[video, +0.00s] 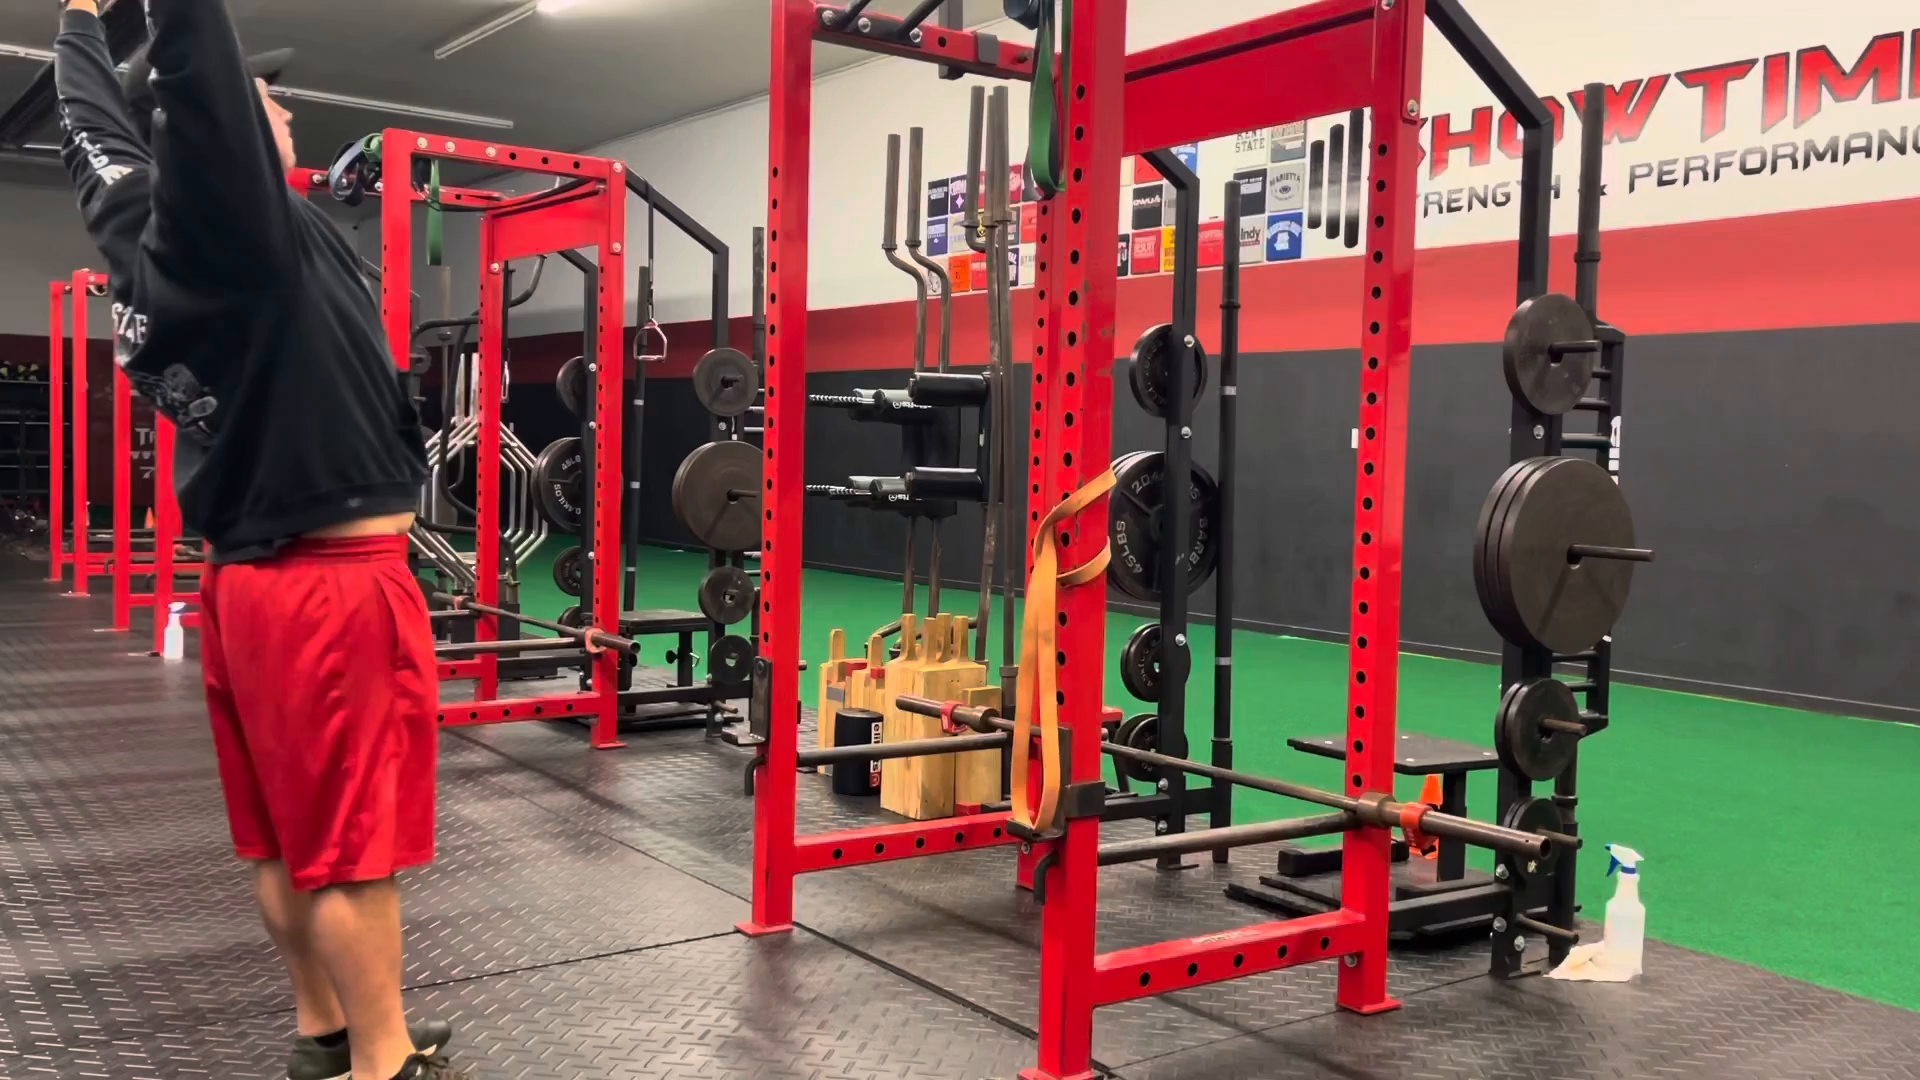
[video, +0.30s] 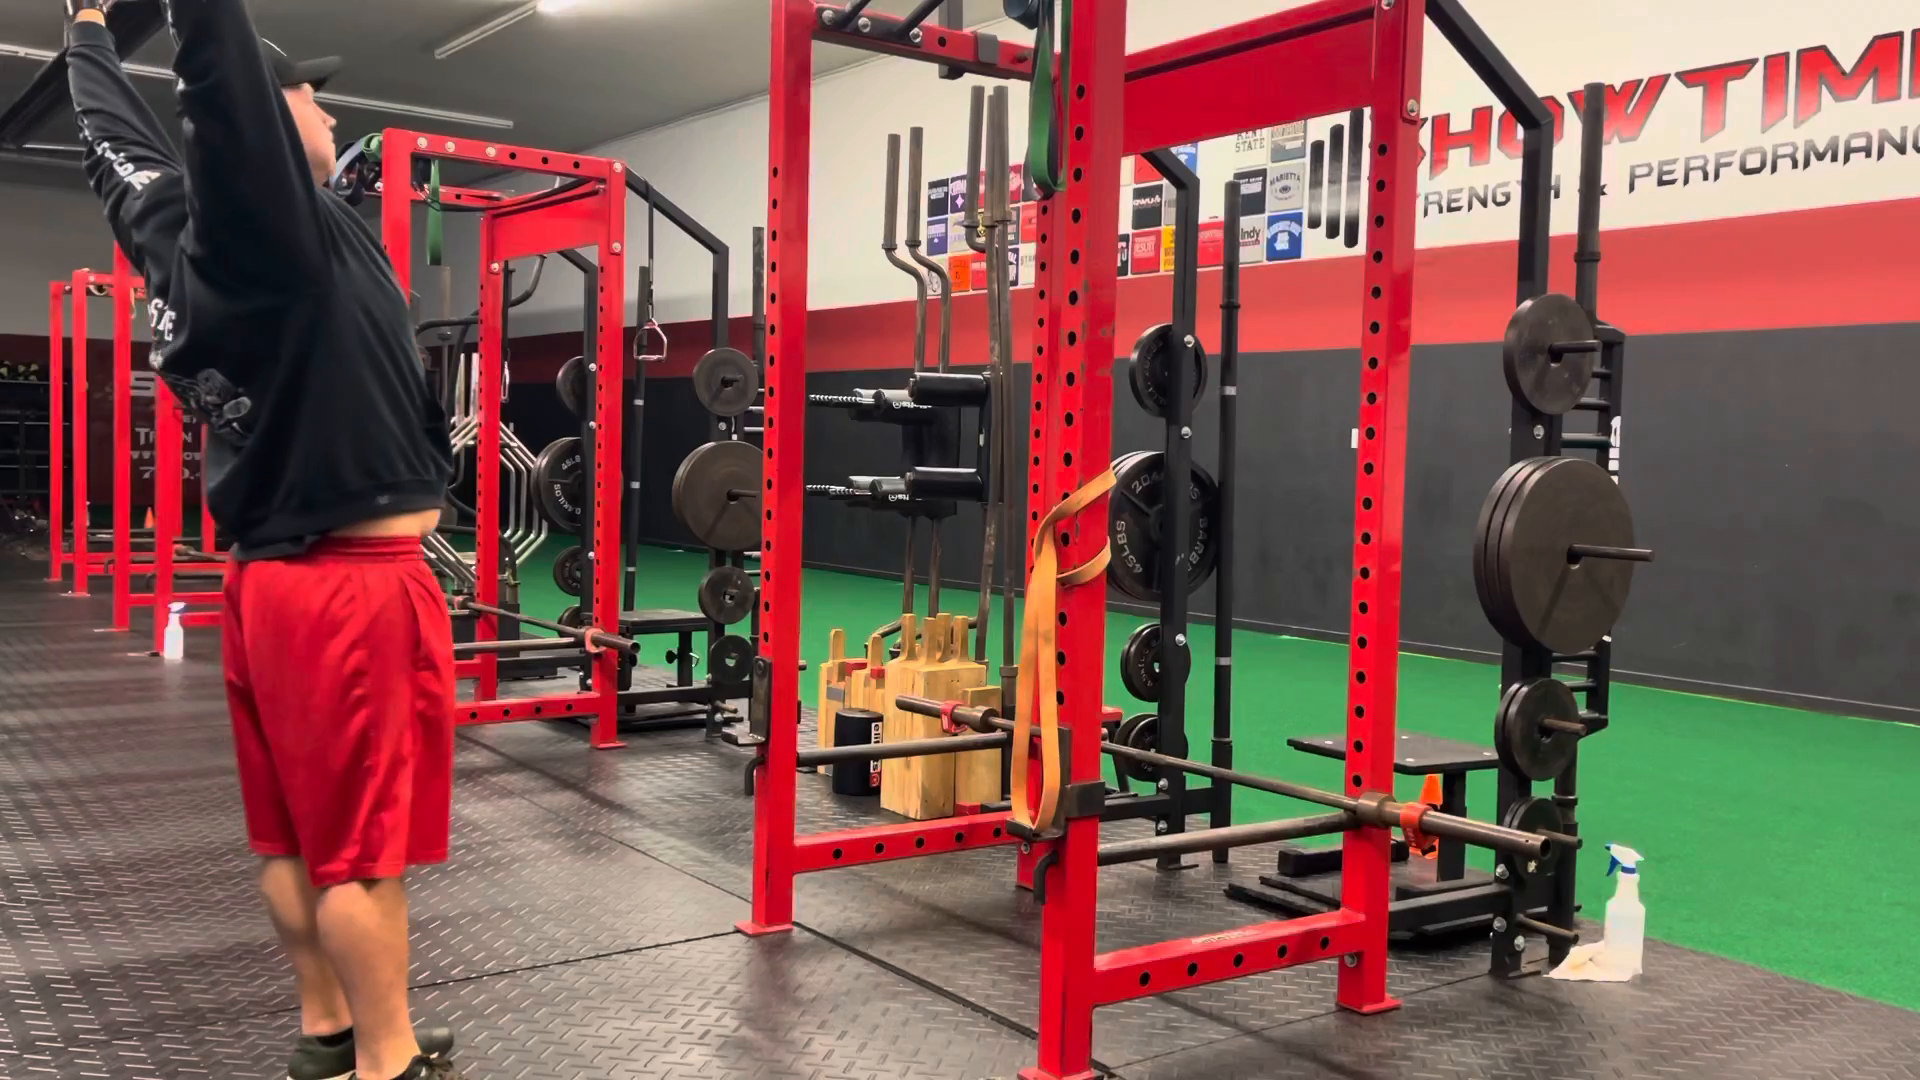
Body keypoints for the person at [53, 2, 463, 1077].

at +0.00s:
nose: (284, 110)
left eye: (275, 98)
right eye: (268, 98)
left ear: (212, 140)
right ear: (236, 126)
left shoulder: (161, 247)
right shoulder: (253, 226)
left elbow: (103, 136)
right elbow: (205, 68)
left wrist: (82, 20)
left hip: (245, 589)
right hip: (339, 592)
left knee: (286, 839)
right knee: (355, 855)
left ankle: (325, 1028)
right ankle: (384, 1056)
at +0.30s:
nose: (328, 116)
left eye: (319, 100)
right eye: (310, 100)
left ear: (247, 140)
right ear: (263, 122)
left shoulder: (187, 245)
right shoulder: (285, 227)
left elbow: (126, 150)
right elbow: (231, 67)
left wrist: (86, 29)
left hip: (267, 586)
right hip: (353, 591)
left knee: (290, 835)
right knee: (362, 858)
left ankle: (328, 1027)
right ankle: (388, 1057)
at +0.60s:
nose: (317, 113)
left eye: (307, 97)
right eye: (300, 97)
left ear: (245, 140)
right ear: (257, 123)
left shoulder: (183, 248)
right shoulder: (277, 230)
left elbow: (123, 148)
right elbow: (226, 63)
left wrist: (88, 26)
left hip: (264, 588)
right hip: (353, 591)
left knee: (291, 833)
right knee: (365, 857)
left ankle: (329, 1026)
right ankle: (389, 1057)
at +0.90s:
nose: (256, 131)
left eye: (248, 115)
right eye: (238, 117)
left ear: (140, 156)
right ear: (196, 136)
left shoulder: (118, 254)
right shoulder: (208, 241)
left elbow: (79, 139)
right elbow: (187, 83)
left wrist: (80, 23)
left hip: (232, 597)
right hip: (320, 596)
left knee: (281, 840)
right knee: (349, 857)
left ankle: (326, 1028)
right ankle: (384, 1058)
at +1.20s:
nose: (78, 127)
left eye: (61, 108)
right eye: (58, 114)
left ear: (16, 149)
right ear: (33, 139)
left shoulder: (31, 275)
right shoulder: (76, 251)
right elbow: (116, 67)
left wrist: (77, 39)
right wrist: (92, 9)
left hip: (192, 606)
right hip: (259, 600)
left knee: (276, 851)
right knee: (322, 860)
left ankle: (326, 1036)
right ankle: (380, 1059)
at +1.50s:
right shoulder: (13, 296)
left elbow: (41, 148)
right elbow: (41, 150)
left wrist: (127, 17)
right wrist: (137, 9)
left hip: (122, 617)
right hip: (167, 609)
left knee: (246, 862)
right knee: (282, 872)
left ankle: (333, 1032)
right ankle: (371, 1061)